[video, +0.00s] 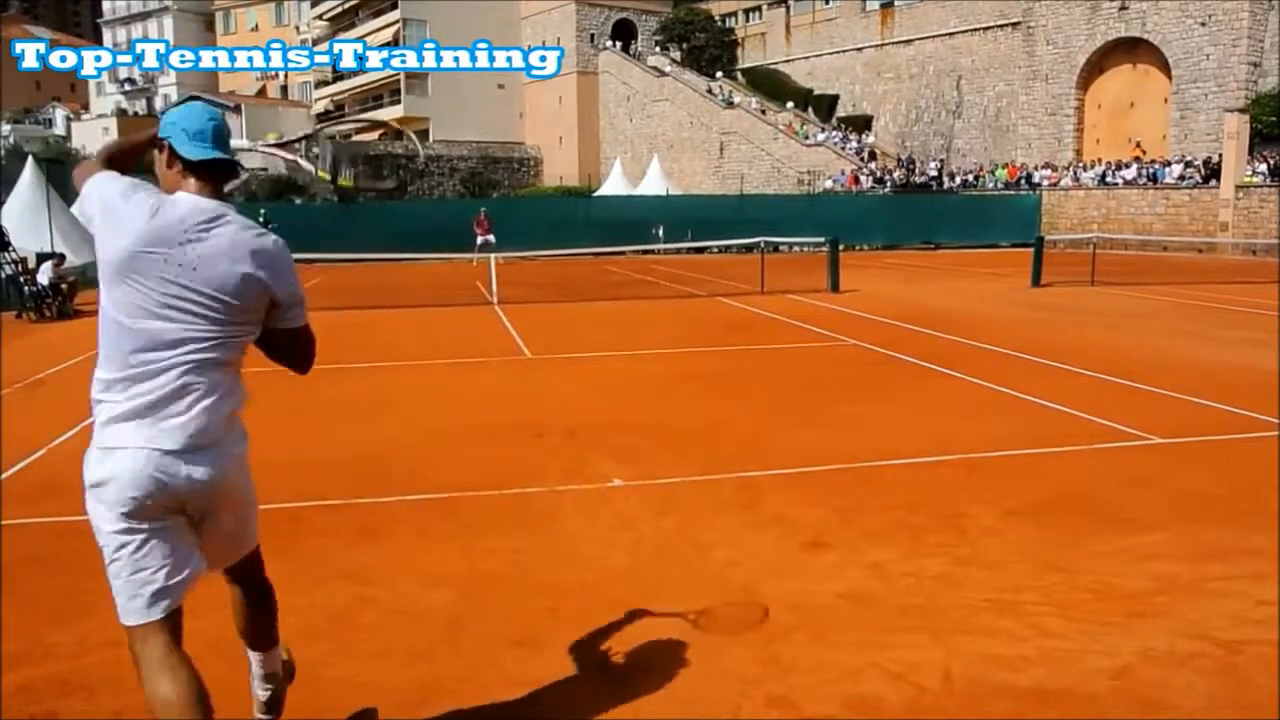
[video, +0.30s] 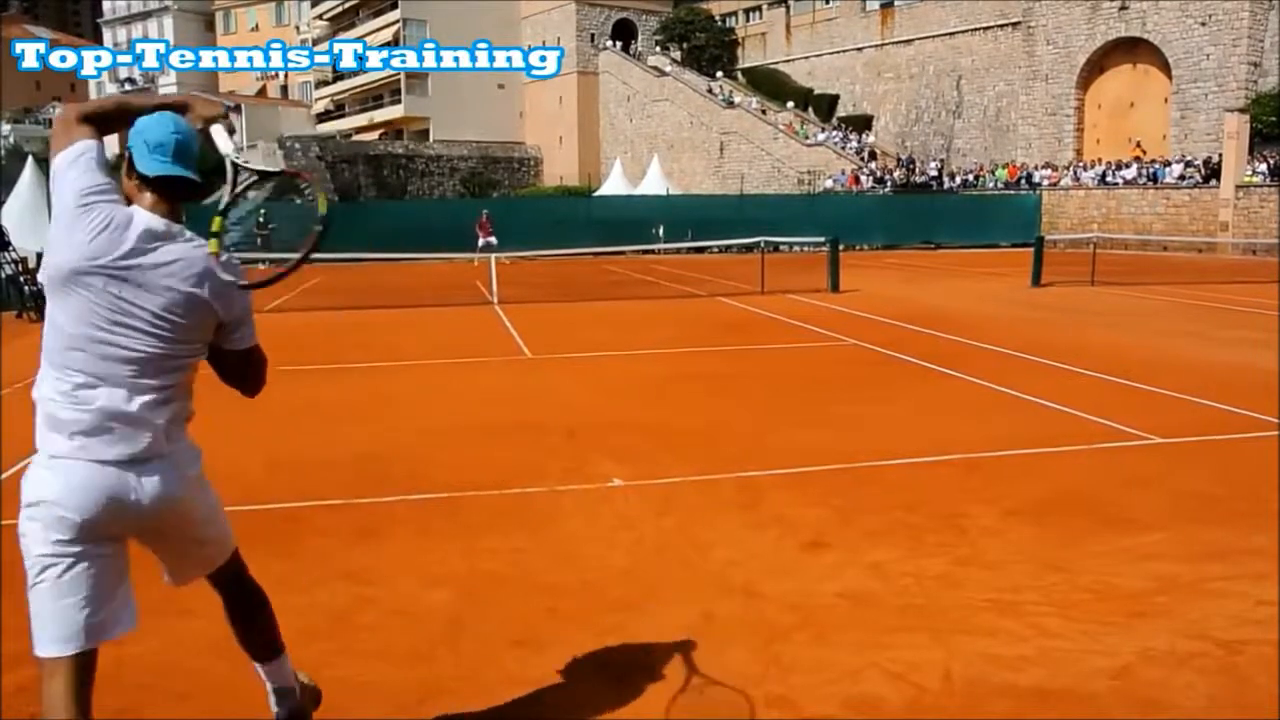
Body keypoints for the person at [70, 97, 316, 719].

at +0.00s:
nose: (159, 165)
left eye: (162, 157)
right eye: (166, 154)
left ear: (168, 160)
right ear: (228, 164)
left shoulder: (126, 212)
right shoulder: (261, 248)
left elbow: (89, 169)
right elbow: (299, 355)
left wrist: (153, 141)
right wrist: (231, 310)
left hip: (124, 457)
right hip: (214, 456)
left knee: (155, 639)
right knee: (248, 575)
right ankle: (267, 678)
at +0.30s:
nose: (123, 172)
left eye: (128, 164)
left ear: (129, 170)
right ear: (197, 188)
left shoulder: (83, 218)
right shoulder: (210, 274)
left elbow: (75, 117)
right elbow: (249, 378)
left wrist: (174, 99)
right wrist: (200, 314)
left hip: (67, 479)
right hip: (166, 479)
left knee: (65, 674)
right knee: (233, 580)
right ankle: (286, 692)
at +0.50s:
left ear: (81, 206)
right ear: (151, 217)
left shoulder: (37, 249)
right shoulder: (174, 305)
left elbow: (23, 132)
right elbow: (208, 419)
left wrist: (111, 106)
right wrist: (171, 346)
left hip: (13, 512)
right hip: (114, 515)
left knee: (1, 688)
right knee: (209, 602)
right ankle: (286, 711)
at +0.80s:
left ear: (43, 266)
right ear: (118, 270)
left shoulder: (8, 311)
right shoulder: (140, 361)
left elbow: (3, 221)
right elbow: (176, 482)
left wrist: (29, 149)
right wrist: (154, 403)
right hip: (66, 571)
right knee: (176, 659)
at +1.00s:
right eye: (89, 311)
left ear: (9, 312)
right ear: (83, 323)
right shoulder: (102, 422)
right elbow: (137, 557)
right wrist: (138, 489)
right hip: (26, 637)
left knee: (116, 701)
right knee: (117, 703)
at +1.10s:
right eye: (89, 311)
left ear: (9, 312)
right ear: (83, 323)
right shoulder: (102, 422)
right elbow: (137, 557)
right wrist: (138, 488)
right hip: (26, 638)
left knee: (116, 701)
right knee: (117, 703)